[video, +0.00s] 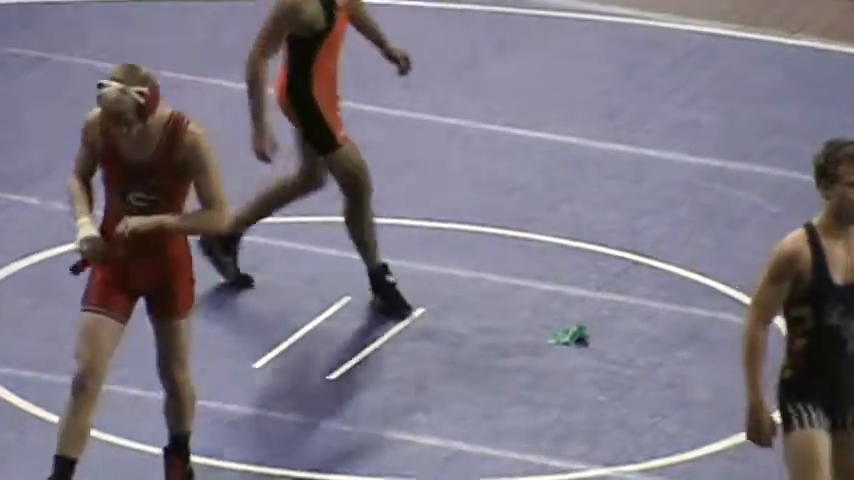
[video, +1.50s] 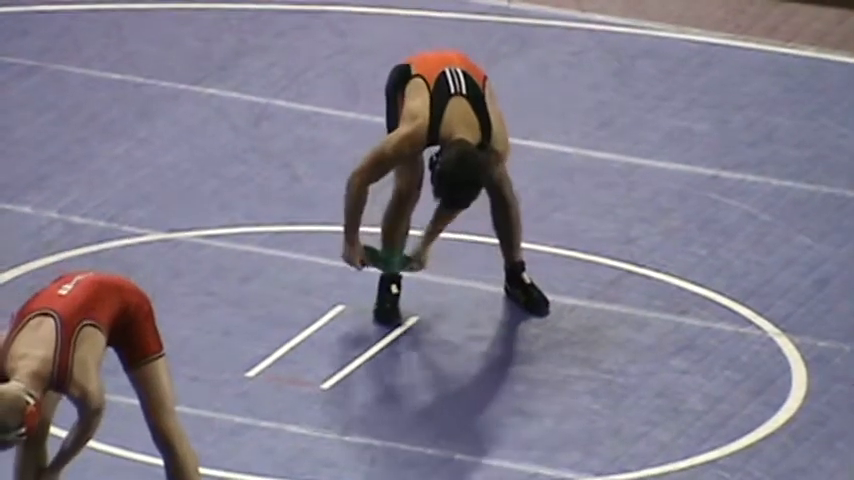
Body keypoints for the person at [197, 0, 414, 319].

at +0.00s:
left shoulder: (342, 3)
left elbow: (354, 12)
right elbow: (257, 58)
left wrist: (386, 47)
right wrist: (260, 128)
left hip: (323, 95)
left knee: (310, 178)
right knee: (356, 180)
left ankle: (227, 234)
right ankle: (380, 281)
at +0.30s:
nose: (456, 115)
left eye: (461, 109)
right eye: (451, 109)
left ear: (470, 79)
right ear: (431, 88)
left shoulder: (471, 56)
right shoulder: (387, 74)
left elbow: (489, 104)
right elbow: (340, 121)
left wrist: (478, 173)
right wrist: (379, 173)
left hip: (426, 97)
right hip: (378, 99)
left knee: (469, 184)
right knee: (392, 190)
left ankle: (495, 267)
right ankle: (383, 287)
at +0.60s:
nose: (497, 228)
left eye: (502, 222)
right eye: (488, 223)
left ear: (514, 196)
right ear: (468, 198)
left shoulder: (527, 171)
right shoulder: (434, 152)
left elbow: (552, 247)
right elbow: (383, 139)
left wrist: (567, 322)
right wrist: (377, 204)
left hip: (494, 105)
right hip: (430, 100)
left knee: (525, 210)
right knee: (426, 201)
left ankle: (516, 285)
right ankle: (396, 288)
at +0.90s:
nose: (492, 215)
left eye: (497, 210)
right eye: (485, 207)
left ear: (517, 178)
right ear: (471, 171)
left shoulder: (532, 150)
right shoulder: (447, 136)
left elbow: (516, 215)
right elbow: (395, 186)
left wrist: (480, 263)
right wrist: (424, 247)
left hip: (494, 76)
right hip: (432, 77)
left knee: (523, 200)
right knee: (427, 187)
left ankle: (514, 273)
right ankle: (393, 280)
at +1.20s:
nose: (469, 199)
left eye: (477, 196)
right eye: (464, 194)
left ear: (500, 165)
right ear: (453, 153)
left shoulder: (515, 140)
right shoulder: (428, 124)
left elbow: (486, 195)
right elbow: (370, 171)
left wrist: (458, 248)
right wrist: (383, 240)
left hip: (486, 73)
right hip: (421, 72)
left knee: (507, 185)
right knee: (413, 186)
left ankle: (513, 275)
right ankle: (391, 282)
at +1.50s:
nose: (446, 211)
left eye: (458, 208)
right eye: (444, 203)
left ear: (477, 181)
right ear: (436, 169)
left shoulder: (497, 148)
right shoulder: (415, 133)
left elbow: (456, 203)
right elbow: (358, 180)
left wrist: (425, 244)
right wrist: (352, 243)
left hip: (473, 77)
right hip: (411, 75)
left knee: (502, 187)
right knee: (407, 191)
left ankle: (516, 276)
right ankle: (390, 281)